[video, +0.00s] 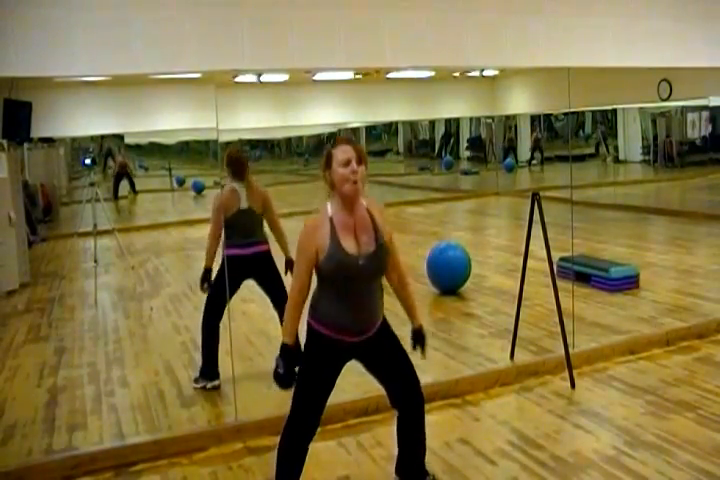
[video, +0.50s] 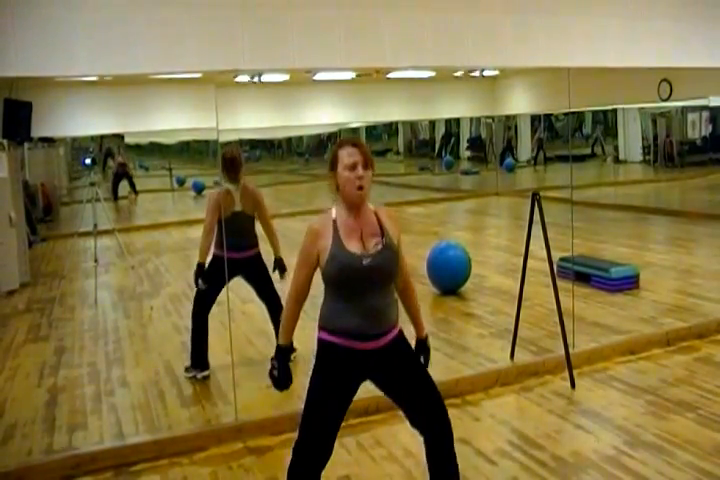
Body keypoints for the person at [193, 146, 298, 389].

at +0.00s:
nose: (228, 171)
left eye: (226, 167)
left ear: (227, 170)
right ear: (247, 167)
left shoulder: (223, 198)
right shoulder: (260, 193)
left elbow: (215, 236)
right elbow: (275, 227)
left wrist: (207, 268)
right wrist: (288, 255)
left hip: (235, 264)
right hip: (262, 261)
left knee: (211, 315)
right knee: (283, 306)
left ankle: (210, 373)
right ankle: (296, 358)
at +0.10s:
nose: (237, 156)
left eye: (230, 152)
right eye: (240, 149)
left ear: (226, 154)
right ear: (247, 152)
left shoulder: (221, 184)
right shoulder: (261, 181)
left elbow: (218, 221)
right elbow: (271, 216)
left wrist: (217, 251)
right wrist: (280, 247)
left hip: (230, 250)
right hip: (258, 248)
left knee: (211, 304)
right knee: (278, 297)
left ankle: (208, 359)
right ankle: (295, 347)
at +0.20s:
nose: (239, 154)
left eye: (233, 149)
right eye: (241, 148)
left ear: (225, 152)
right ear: (247, 150)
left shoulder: (219, 180)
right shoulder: (258, 178)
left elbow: (216, 215)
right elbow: (268, 213)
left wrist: (217, 244)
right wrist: (277, 244)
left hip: (227, 246)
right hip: (255, 245)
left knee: (205, 296)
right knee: (273, 290)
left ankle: (208, 352)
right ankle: (289, 340)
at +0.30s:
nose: (241, 164)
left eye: (230, 160)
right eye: (244, 160)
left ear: (224, 162)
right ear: (245, 163)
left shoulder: (218, 192)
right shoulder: (256, 191)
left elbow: (212, 224)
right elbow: (269, 225)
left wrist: (210, 254)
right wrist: (278, 255)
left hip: (225, 258)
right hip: (252, 258)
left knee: (203, 305)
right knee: (271, 298)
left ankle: (201, 363)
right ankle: (287, 344)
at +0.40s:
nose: (232, 175)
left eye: (228, 171)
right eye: (239, 170)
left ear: (223, 174)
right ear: (243, 173)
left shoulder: (218, 199)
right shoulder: (254, 197)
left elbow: (211, 235)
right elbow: (268, 232)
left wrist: (203, 266)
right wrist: (280, 263)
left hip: (224, 267)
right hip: (253, 266)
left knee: (198, 308)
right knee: (275, 302)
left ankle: (199, 364)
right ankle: (285, 346)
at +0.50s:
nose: (231, 170)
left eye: (227, 166)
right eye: (238, 165)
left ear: (221, 168)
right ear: (242, 167)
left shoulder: (216, 197)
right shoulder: (253, 194)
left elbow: (208, 232)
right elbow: (268, 226)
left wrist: (201, 263)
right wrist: (278, 255)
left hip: (223, 263)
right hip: (252, 262)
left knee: (201, 309)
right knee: (273, 302)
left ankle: (200, 364)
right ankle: (286, 347)